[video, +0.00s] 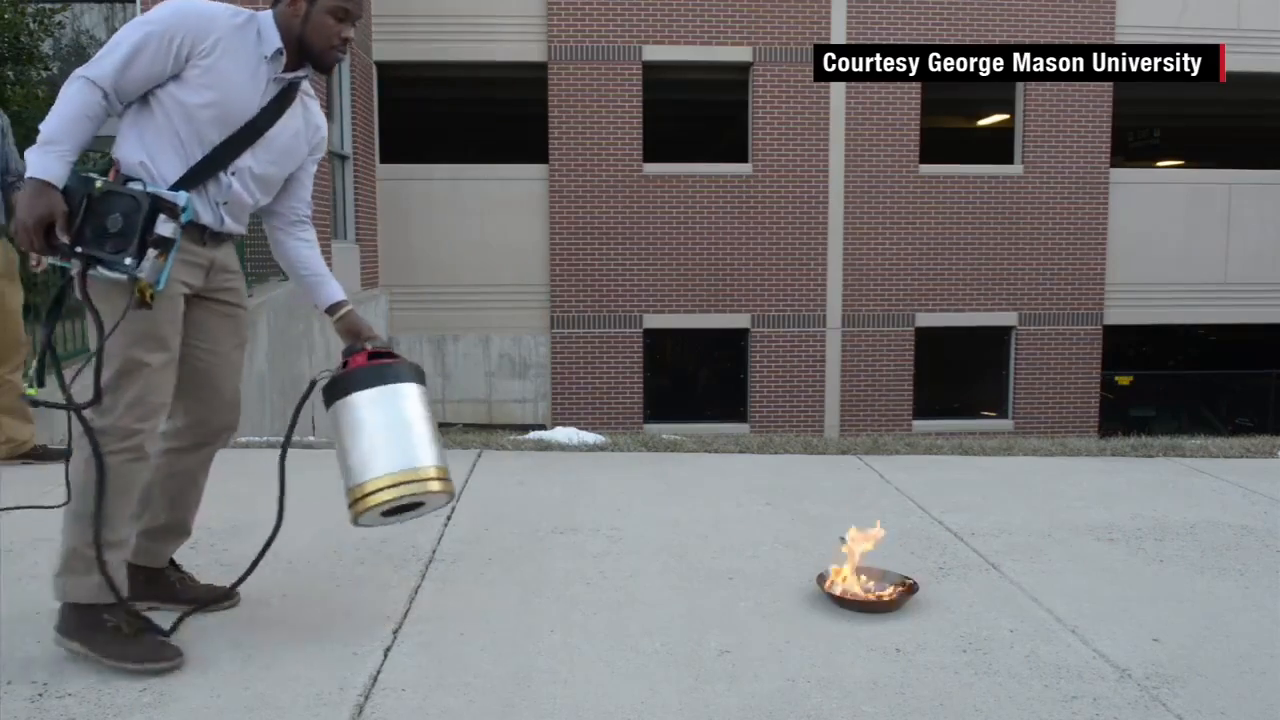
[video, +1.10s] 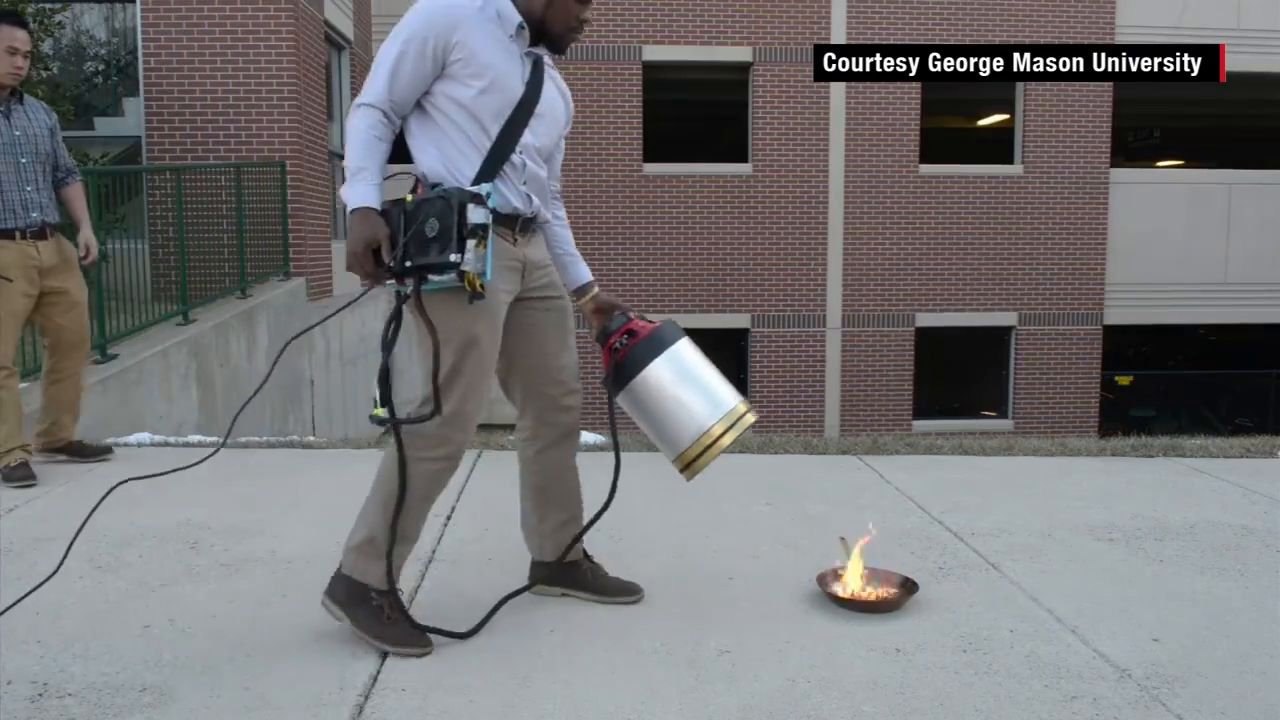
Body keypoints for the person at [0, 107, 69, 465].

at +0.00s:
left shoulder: (4, 123)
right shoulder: (6, 124)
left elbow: (14, 179)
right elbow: (14, 180)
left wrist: (30, 232)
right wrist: (31, 232)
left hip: (5, 241)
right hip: (4, 243)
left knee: (11, 342)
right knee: (10, 342)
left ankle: (13, 435)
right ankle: (12, 436)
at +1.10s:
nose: (19, 62)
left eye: (25, 55)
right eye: (10, 52)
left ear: (31, 61)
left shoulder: (41, 113)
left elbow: (66, 174)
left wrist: (84, 224)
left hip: (55, 247)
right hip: (7, 252)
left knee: (72, 340)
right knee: (4, 360)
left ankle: (57, 437)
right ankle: (11, 452)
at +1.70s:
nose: (51, 62)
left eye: (57, 55)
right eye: (41, 52)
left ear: (60, 61)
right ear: (10, 51)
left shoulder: (70, 116)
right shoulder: (2, 105)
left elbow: (94, 179)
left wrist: (112, 233)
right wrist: (3, 252)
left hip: (76, 250)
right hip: (19, 252)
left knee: (78, 358)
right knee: (14, 364)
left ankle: (86, 444)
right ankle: (13, 454)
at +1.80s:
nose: (54, 62)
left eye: (59, 55)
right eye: (44, 52)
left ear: (62, 61)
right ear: (13, 51)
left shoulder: (72, 116)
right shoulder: (2, 104)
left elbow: (95, 178)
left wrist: (113, 233)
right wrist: (1, 249)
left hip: (77, 250)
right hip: (19, 252)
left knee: (78, 358)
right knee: (14, 364)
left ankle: (85, 444)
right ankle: (13, 454)